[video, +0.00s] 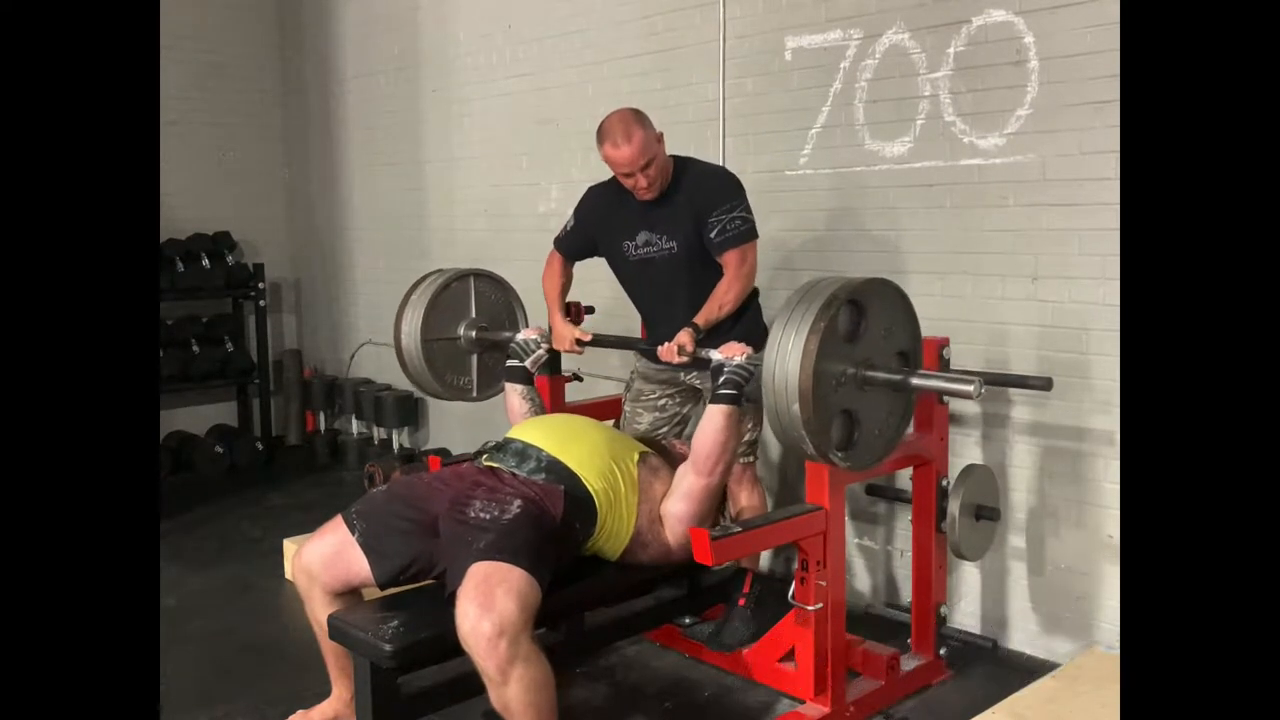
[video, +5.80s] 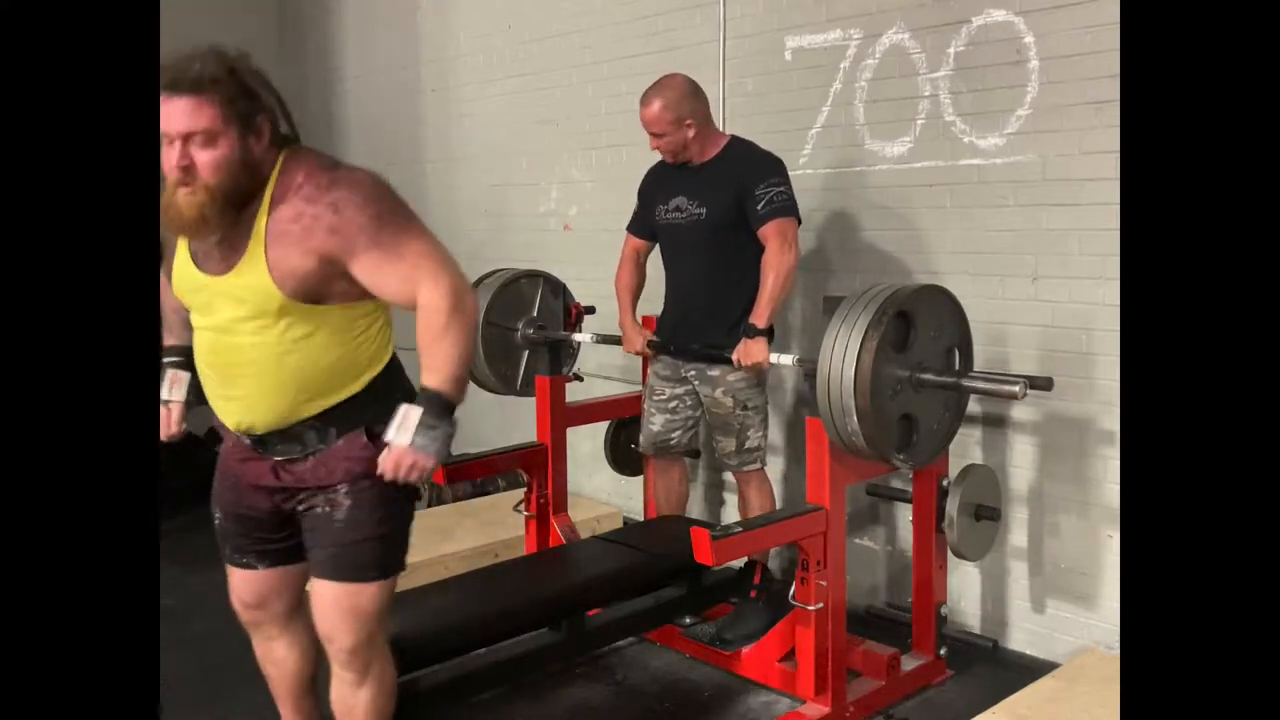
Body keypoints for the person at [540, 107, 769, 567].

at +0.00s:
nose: (641, 183)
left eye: (647, 168)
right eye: (627, 176)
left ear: (661, 142)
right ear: (608, 165)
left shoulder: (713, 186)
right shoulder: (600, 206)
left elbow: (741, 273)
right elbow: (558, 259)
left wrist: (693, 328)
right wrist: (556, 319)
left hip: (729, 349)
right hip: (659, 355)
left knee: (736, 469)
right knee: (637, 462)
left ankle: (748, 590)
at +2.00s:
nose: (644, 187)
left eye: (652, 174)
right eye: (634, 176)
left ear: (679, 152)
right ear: (623, 163)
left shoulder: (732, 198)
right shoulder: (625, 202)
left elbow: (766, 290)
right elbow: (615, 265)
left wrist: (724, 363)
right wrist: (607, 328)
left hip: (736, 362)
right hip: (667, 362)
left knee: (739, 479)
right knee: (666, 474)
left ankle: (764, 593)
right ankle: (695, 591)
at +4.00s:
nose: (638, 161)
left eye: (645, 150)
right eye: (634, 150)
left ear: (679, 136)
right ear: (654, 139)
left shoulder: (747, 172)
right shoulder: (641, 185)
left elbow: (793, 252)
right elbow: (626, 249)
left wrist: (760, 321)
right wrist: (624, 311)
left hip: (741, 358)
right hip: (671, 355)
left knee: (756, 478)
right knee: (656, 470)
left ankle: (770, 591)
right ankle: (687, 588)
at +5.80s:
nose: (653, 146)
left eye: (659, 135)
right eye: (649, 136)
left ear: (692, 124)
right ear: (670, 128)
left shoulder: (757, 168)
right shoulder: (659, 180)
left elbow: (784, 249)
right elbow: (633, 255)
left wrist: (759, 328)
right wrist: (627, 318)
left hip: (735, 356)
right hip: (671, 355)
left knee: (745, 468)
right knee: (662, 457)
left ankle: (764, 584)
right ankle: (663, 571)